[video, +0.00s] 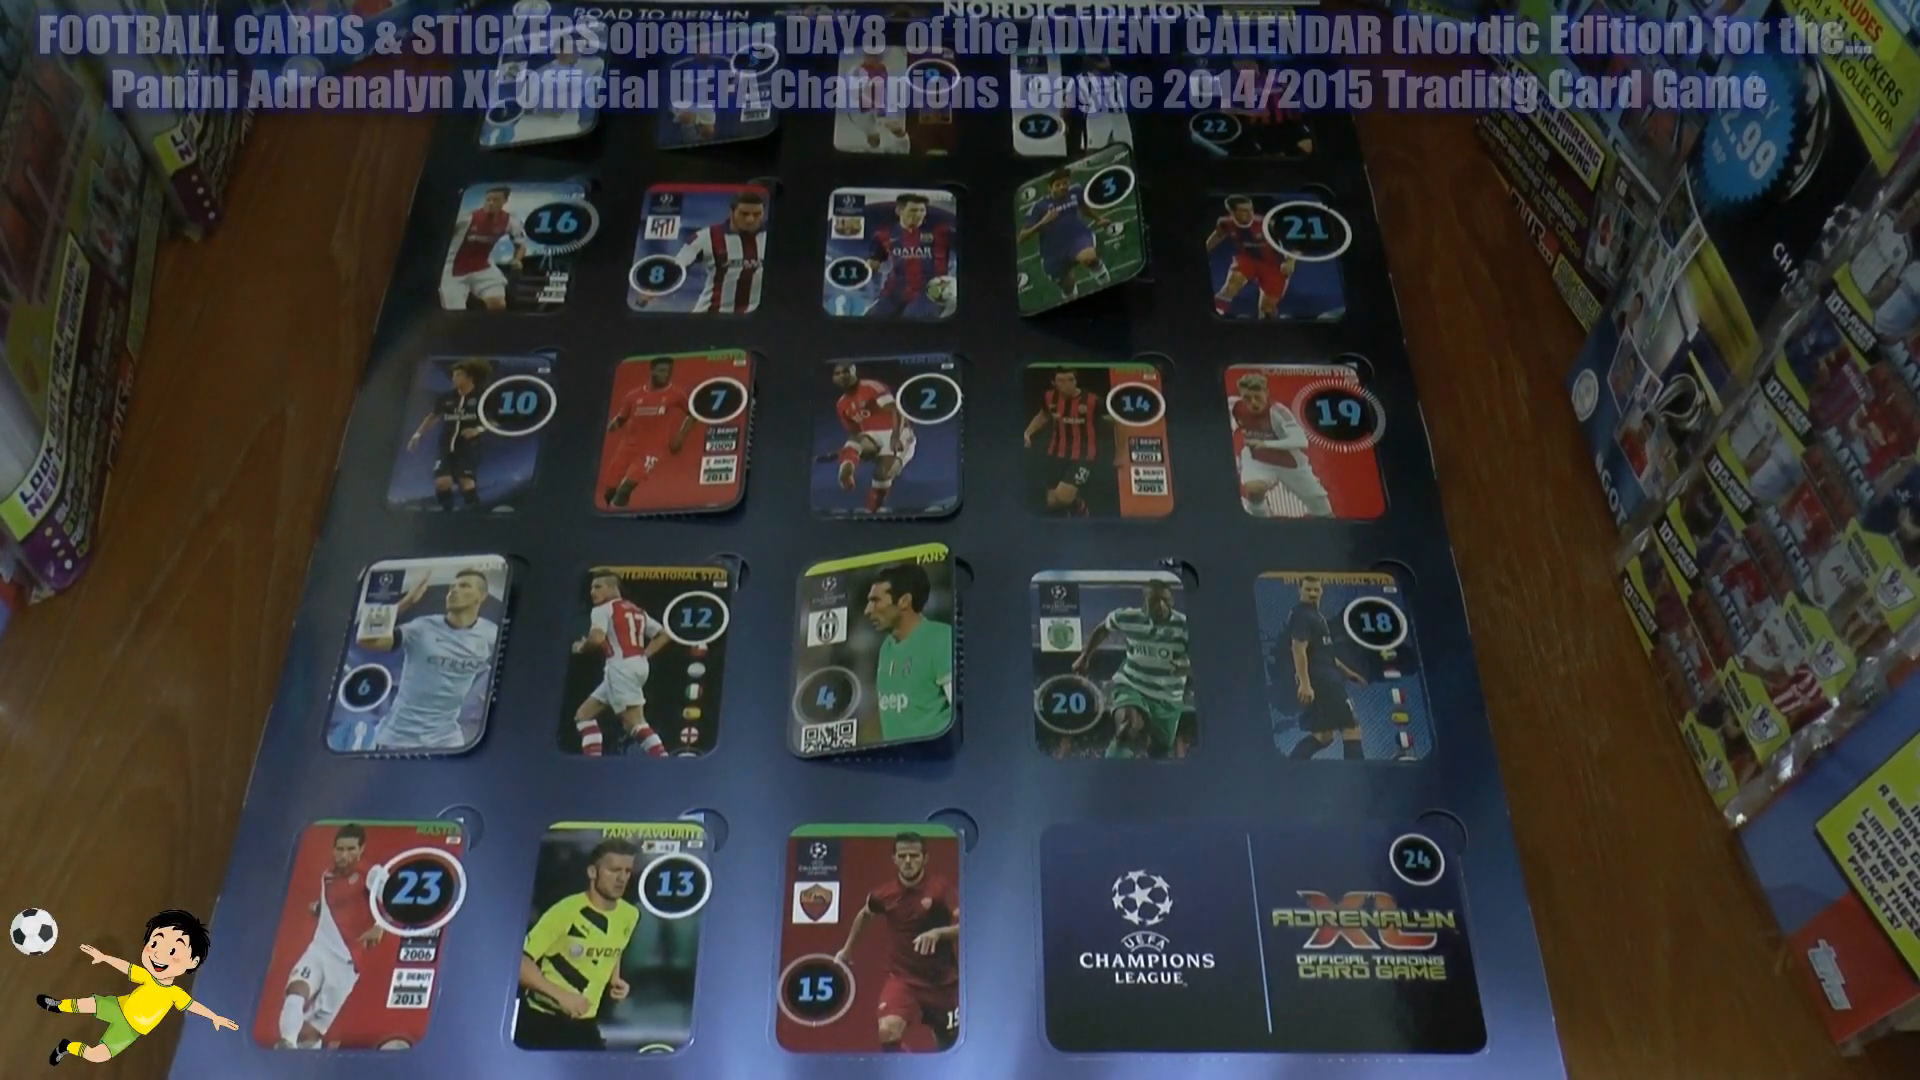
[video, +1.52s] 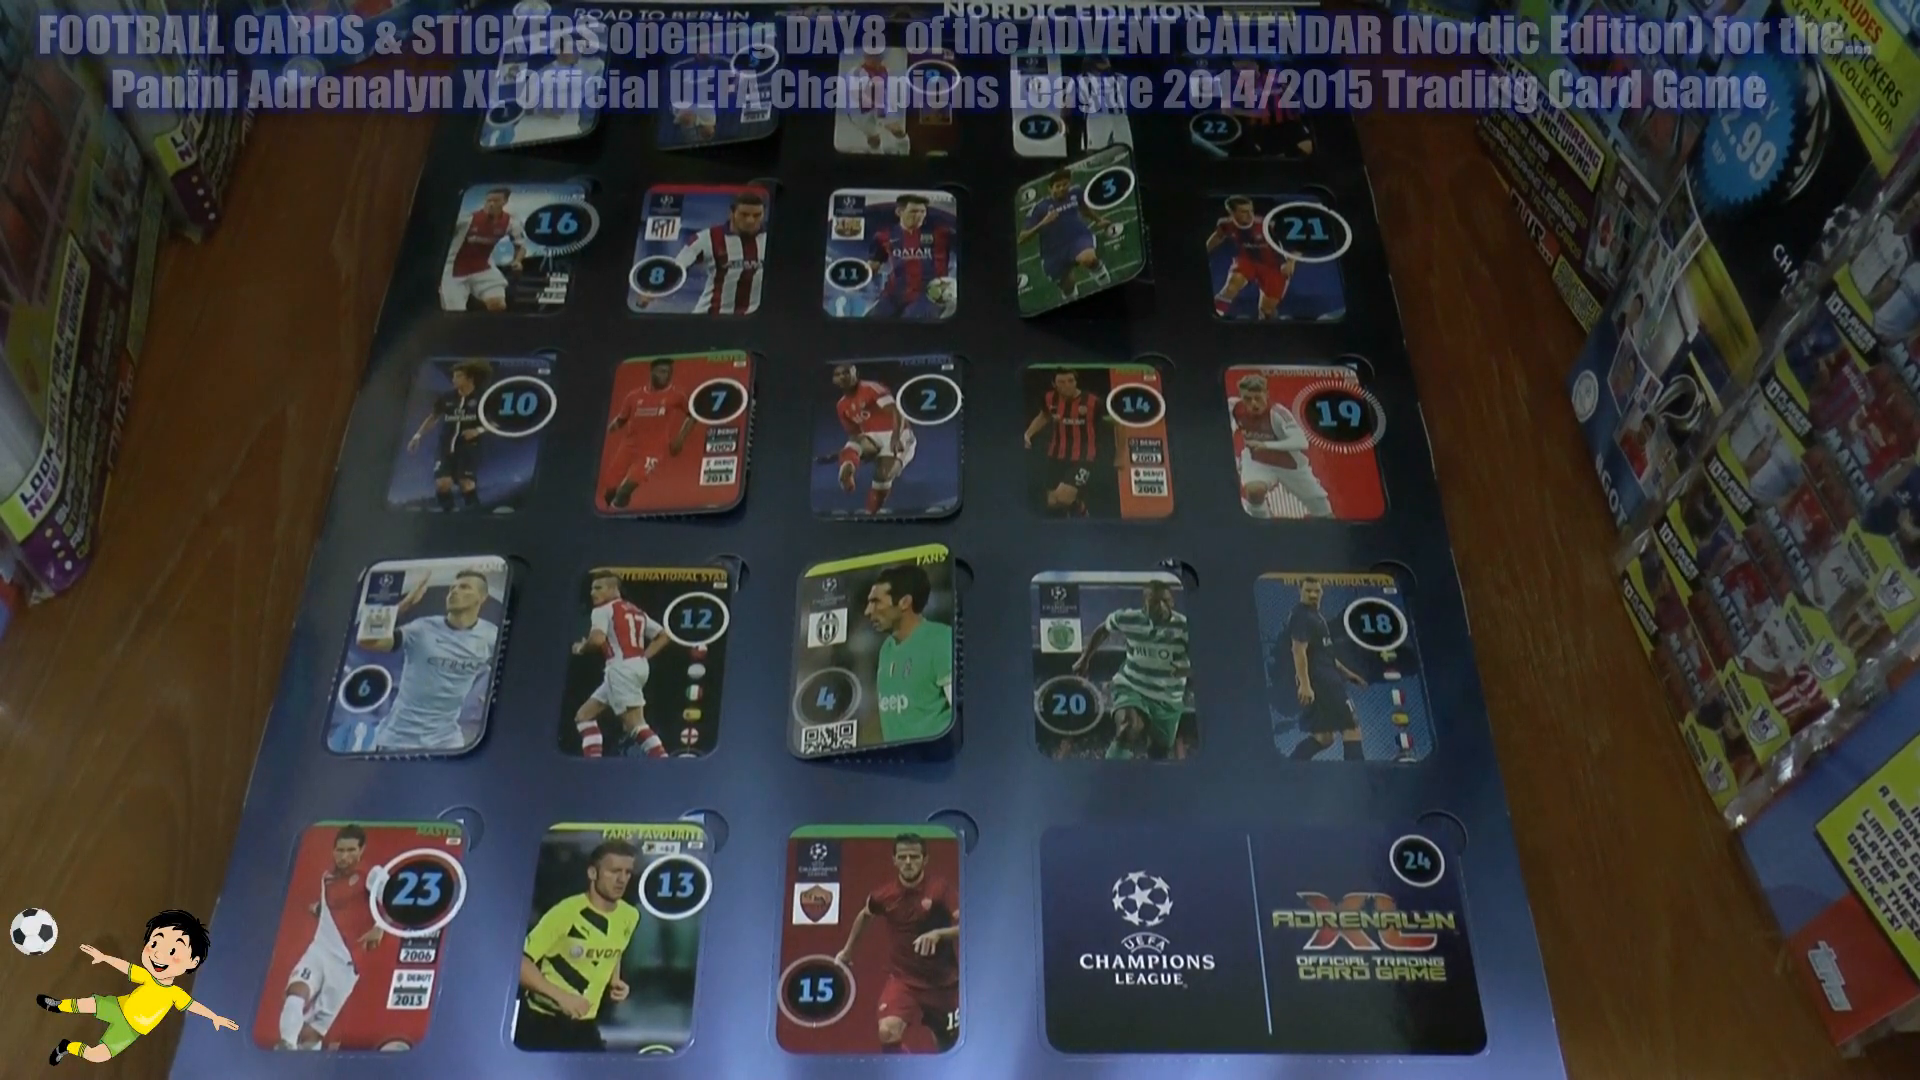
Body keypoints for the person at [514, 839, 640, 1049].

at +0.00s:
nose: (622, 878)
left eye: (627, 872)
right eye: (615, 870)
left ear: (631, 875)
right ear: (592, 872)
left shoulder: (629, 915)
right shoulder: (566, 910)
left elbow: (615, 952)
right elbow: (520, 962)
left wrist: (615, 979)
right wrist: (560, 995)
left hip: (584, 1027)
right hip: (540, 1024)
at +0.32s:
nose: (622, 878)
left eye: (627, 871)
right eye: (615, 869)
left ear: (631, 874)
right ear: (593, 872)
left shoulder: (629, 915)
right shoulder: (567, 909)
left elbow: (615, 951)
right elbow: (520, 961)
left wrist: (615, 977)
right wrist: (561, 994)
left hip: (585, 1026)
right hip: (541, 1023)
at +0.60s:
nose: (622, 878)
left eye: (627, 871)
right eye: (615, 869)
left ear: (631, 874)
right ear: (593, 871)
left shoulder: (629, 914)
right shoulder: (567, 909)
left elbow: (615, 951)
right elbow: (520, 960)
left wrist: (615, 978)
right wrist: (560, 994)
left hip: (585, 1026)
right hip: (541, 1023)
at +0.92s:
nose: (622, 877)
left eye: (627, 870)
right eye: (615, 868)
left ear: (631, 873)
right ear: (593, 871)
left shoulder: (630, 914)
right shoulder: (567, 908)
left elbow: (615, 951)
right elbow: (520, 960)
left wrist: (615, 977)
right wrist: (561, 994)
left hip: (585, 1025)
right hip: (541, 1022)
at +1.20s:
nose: (622, 878)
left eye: (627, 871)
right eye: (615, 870)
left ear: (631, 874)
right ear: (593, 871)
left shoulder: (629, 915)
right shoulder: (567, 910)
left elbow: (615, 952)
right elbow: (520, 961)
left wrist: (615, 977)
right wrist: (561, 994)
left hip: (585, 1026)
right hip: (541, 1023)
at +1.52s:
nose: (622, 879)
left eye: (627, 873)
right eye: (615, 871)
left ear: (631, 876)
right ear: (592, 873)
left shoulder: (629, 916)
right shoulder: (567, 911)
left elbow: (615, 953)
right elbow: (520, 962)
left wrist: (615, 979)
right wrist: (560, 996)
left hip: (585, 1028)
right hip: (541, 1025)